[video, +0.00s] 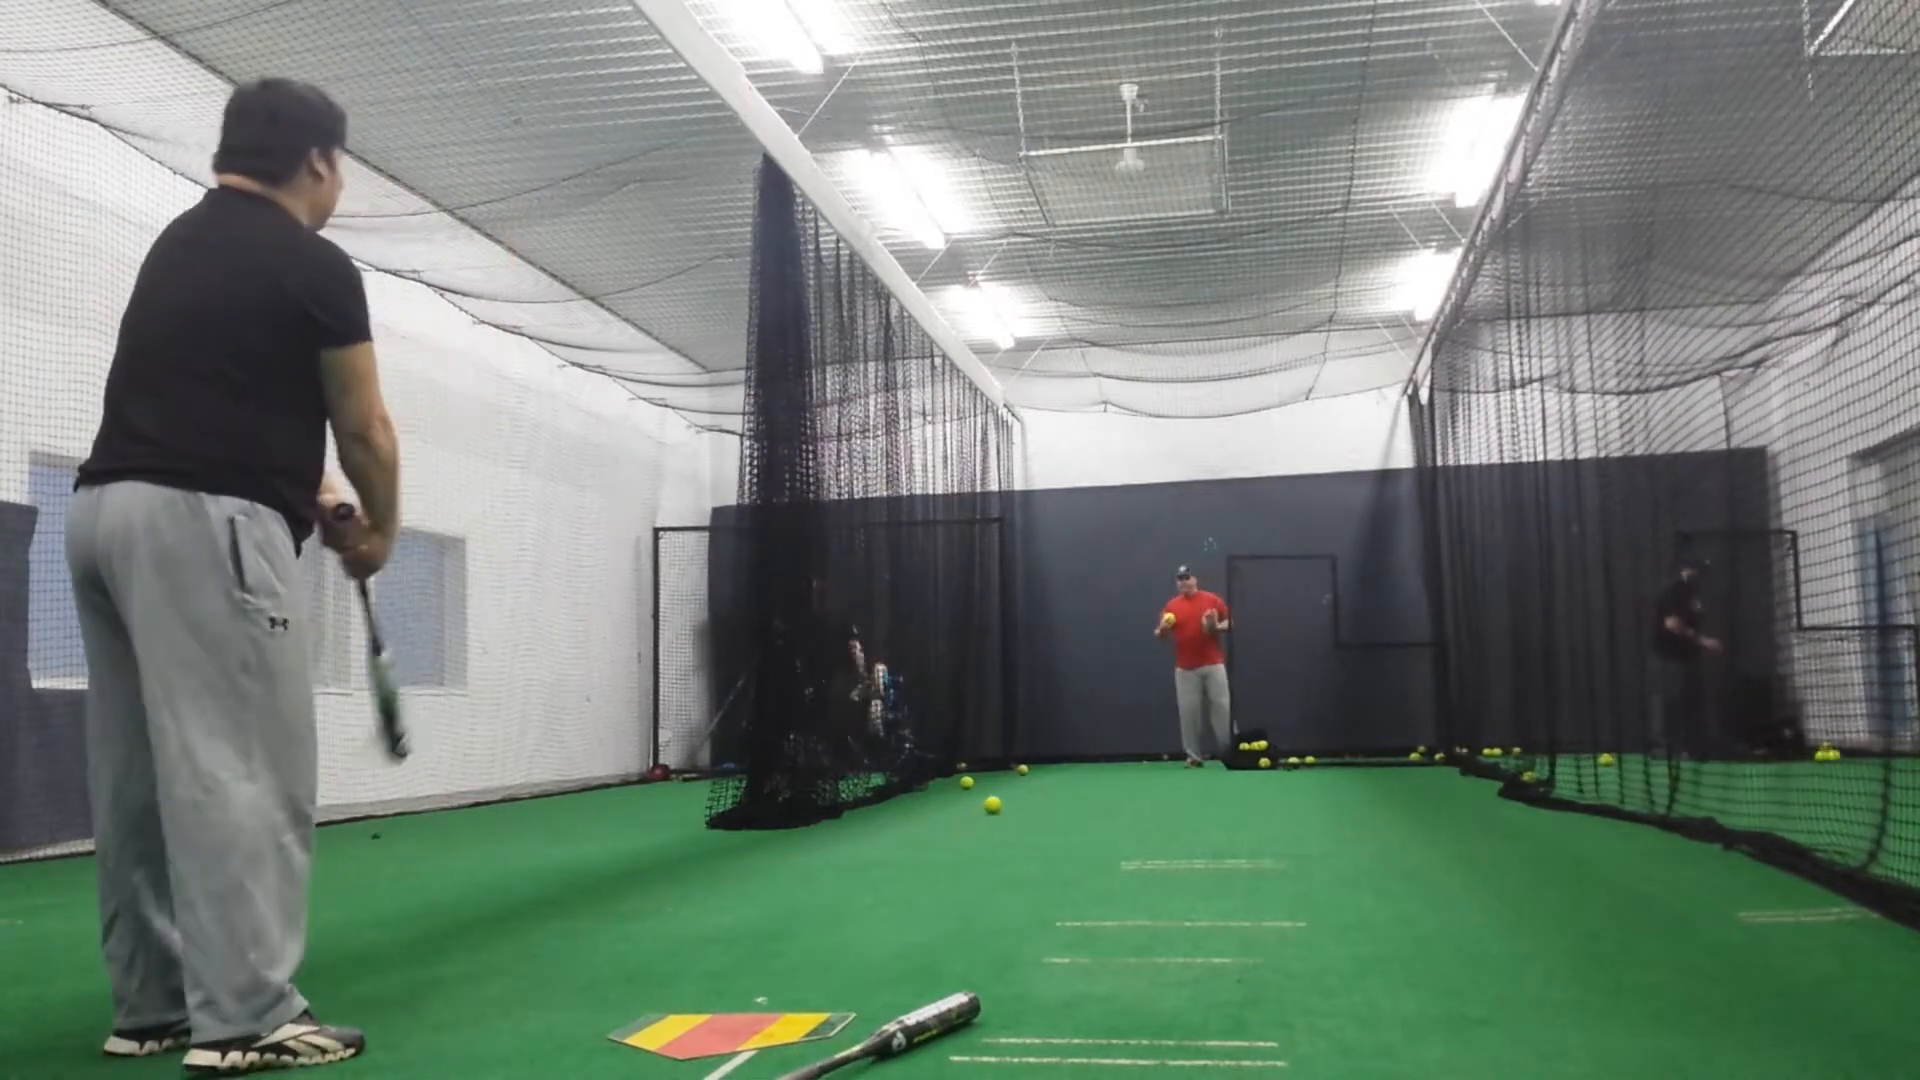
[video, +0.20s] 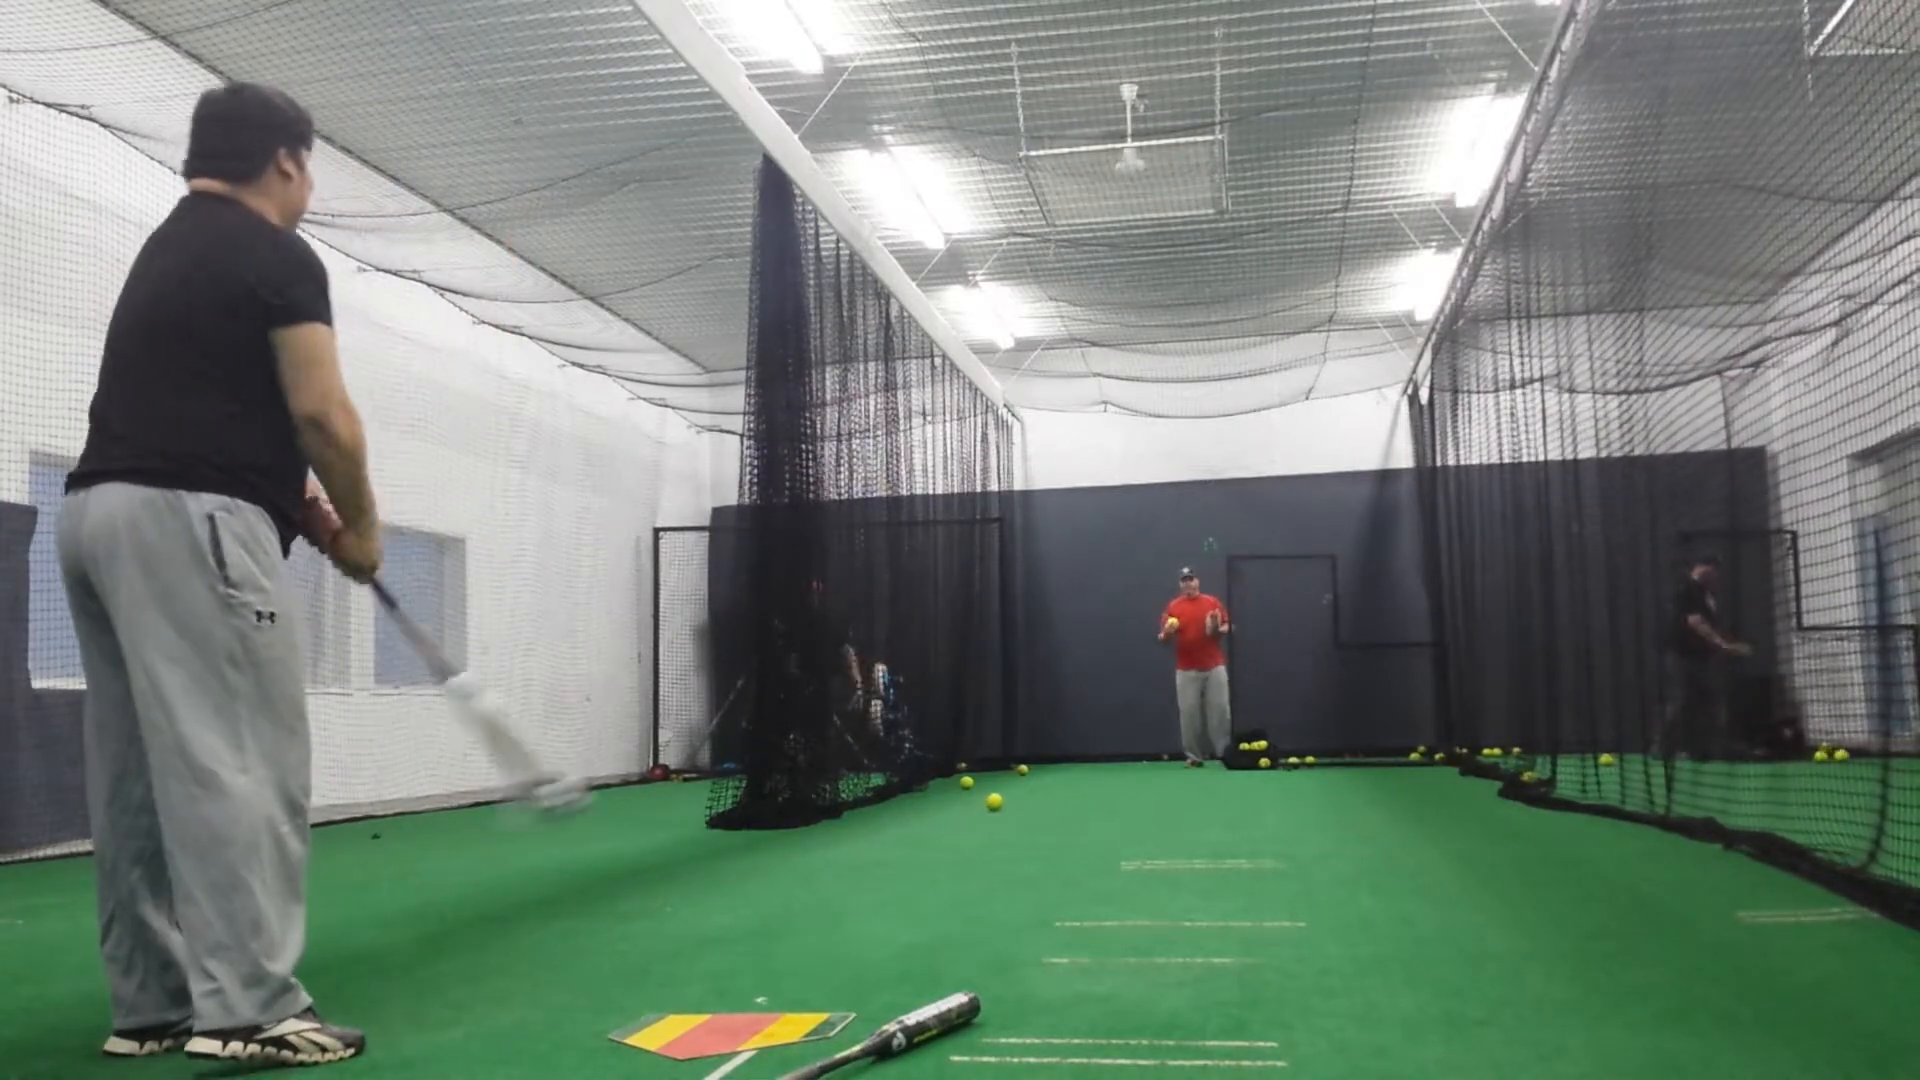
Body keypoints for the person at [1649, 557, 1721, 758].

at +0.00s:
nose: (1697, 577)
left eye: (1699, 573)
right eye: (1694, 572)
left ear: (1699, 573)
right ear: (1685, 571)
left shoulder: (1692, 593)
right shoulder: (1675, 591)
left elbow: (1689, 624)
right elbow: (1672, 623)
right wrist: (1702, 640)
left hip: (1687, 655)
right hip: (1672, 655)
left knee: (1689, 698)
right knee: (1676, 699)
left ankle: (1691, 744)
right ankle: (1676, 746)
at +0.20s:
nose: (1711, 577)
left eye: (1713, 573)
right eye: (1709, 572)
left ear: (1712, 574)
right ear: (1701, 571)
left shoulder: (1706, 594)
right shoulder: (1690, 590)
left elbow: (1709, 625)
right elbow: (1695, 621)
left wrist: (1728, 643)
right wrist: (1725, 646)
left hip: (1698, 654)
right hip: (1682, 655)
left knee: (1701, 698)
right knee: (1682, 699)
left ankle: (1702, 746)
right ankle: (1664, 746)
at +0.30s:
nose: (1718, 576)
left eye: (1717, 572)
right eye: (1716, 572)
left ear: (1700, 571)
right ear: (1709, 572)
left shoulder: (1693, 589)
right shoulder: (1702, 589)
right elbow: (1707, 620)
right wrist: (1726, 642)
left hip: (1694, 654)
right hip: (1704, 655)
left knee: (1696, 699)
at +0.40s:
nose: (1722, 576)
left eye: (1721, 572)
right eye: (1720, 572)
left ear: (1704, 570)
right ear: (1713, 571)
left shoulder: (1696, 587)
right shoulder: (1706, 587)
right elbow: (1710, 615)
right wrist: (1728, 641)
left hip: (1697, 649)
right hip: (1707, 650)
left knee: (1703, 695)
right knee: (1708, 694)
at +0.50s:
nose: (1722, 574)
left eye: (1722, 570)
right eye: (1722, 570)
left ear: (1707, 569)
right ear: (1717, 570)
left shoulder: (1698, 585)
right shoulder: (1712, 586)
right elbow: (1714, 614)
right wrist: (1732, 641)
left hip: (1703, 651)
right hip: (1714, 652)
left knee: (1717, 699)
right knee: (1718, 699)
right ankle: (1695, 738)